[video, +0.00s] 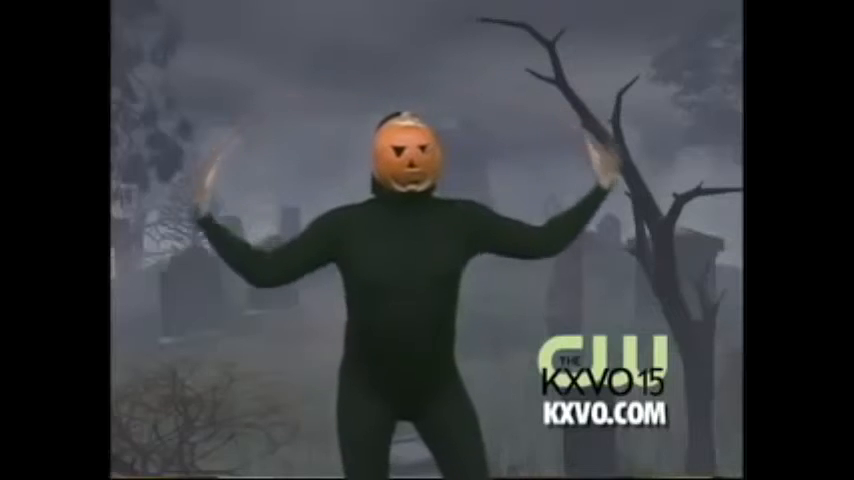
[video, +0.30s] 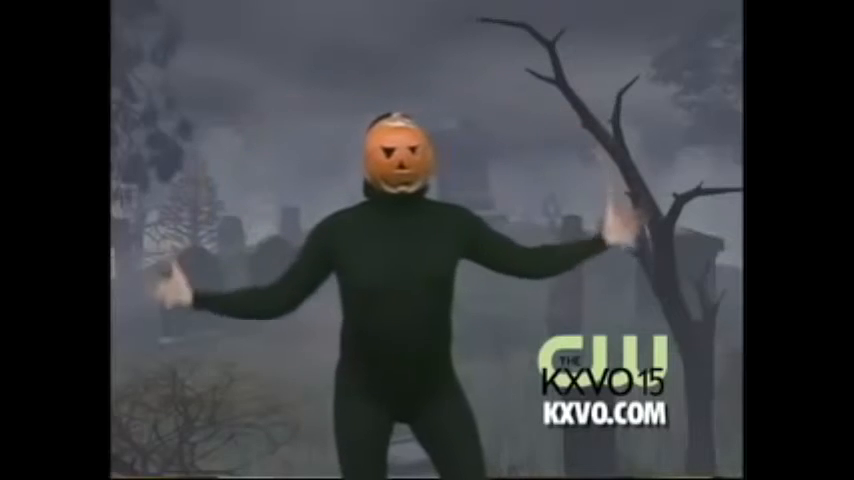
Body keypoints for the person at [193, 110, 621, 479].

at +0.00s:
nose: (411, 157)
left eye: (422, 148)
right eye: (397, 149)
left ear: (439, 161)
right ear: (375, 163)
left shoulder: (463, 220)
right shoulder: (344, 226)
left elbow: (543, 241)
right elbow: (266, 271)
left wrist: (603, 184)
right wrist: (206, 216)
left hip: (438, 386)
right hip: (365, 388)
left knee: (472, 473)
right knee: (364, 476)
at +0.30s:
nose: (401, 154)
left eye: (411, 147)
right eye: (388, 148)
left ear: (427, 162)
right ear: (369, 164)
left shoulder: (453, 224)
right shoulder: (340, 230)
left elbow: (527, 262)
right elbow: (278, 299)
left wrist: (602, 239)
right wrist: (197, 297)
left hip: (434, 388)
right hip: (363, 391)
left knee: (469, 472)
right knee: (361, 475)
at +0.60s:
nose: (394, 160)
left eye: (405, 149)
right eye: (380, 150)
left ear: (421, 157)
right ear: (358, 161)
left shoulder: (439, 215)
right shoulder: (338, 231)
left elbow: (473, 275)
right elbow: (319, 324)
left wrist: (509, 319)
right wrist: (300, 391)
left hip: (432, 384)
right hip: (364, 389)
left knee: (449, 472)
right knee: (364, 473)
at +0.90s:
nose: (398, 120)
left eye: (406, 110)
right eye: (383, 113)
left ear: (424, 125)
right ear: (360, 135)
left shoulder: (432, 181)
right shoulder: (351, 206)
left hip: (423, 325)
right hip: (367, 340)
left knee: (464, 350)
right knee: (378, 469)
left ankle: (443, 470)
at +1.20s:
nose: (378, 113)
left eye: (389, 102)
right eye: (363, 105)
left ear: (404, 112)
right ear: (343, 121)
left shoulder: (425, 172)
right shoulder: (334, 200)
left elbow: (442, 228)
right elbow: (358, 282)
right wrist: (400, 243)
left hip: (421, 348)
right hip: (360, 356)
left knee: (450, 465)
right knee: (372, 469)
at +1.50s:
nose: (410, 87)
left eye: (421, 77)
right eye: (397, 77)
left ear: (437, 91)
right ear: (375, 92)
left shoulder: (456, 162)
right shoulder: (338, 164)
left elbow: (491, 258)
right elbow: (308, 237)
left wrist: (422, 227)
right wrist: (332, 294)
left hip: (440, 332)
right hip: (368, 339)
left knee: (489, 454)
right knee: (373, 470)